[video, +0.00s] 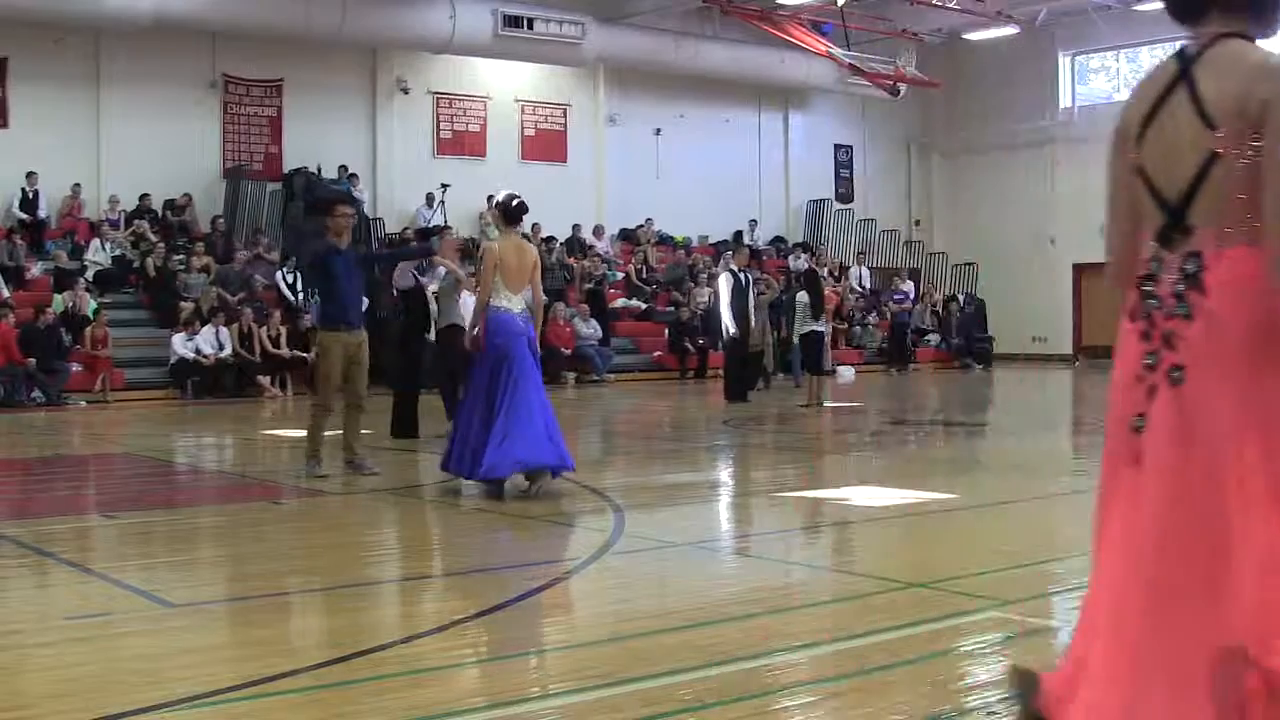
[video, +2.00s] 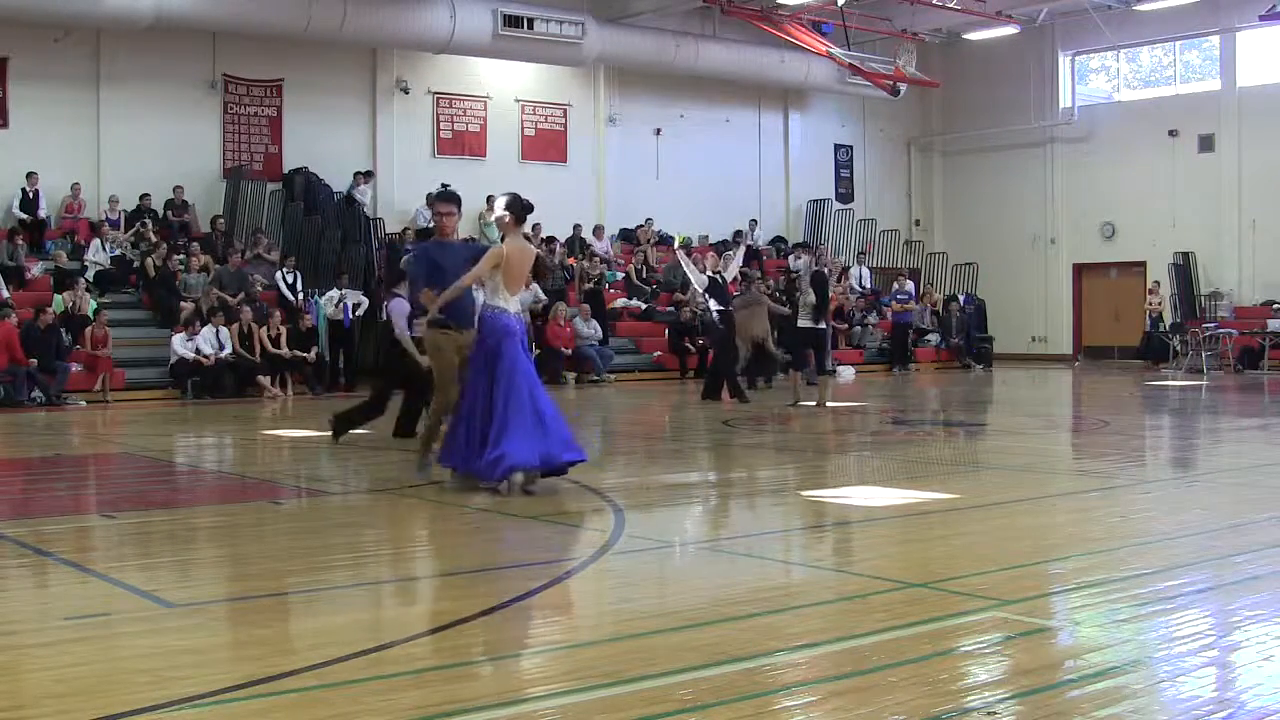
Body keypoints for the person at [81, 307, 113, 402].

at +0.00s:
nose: (106, 318)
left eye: (106, 316)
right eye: (103, 316)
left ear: (105, 318)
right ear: (97, 317)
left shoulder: (107, 331)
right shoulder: (89, 330)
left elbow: (109, 349)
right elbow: (87, 349)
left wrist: (103, 352)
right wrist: (99, 353)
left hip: (103, 355)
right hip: (92, 356)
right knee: (105, 366)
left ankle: (98, 381)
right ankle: (107, 393)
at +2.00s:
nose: (106, 318)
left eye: (106, 315)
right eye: (104, 315)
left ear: (106, 317)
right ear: (97, 317)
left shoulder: (108, 331)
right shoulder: (89, 330)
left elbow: (109, 349)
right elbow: (88, 350)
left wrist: (103, 352)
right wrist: (99, 353)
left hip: (103, 355)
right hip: (92, 356)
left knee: (104, 359)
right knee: (107, 363)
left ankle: (98, 382)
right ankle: (107, 393)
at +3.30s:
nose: (106, 317)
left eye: (106, 314)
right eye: (104, 314)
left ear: (105, 316)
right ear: (97, 316)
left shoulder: (107, 330)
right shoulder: (89, 330)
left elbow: (109, 349)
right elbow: (89, 350)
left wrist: (104, 352)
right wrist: (100, 353)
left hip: (103, 355)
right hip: (92, 356)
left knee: (105, 361)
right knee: (106, 366)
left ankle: (99, 382)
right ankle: (107, 393)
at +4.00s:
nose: (106, 317)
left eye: (106, 315)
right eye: (104, 315)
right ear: (97, 316)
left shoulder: (107, 330)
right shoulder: (89, 330)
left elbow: (109, 348)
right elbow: (89, 350)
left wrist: (105, 352)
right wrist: (99, 353)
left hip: (103, 355)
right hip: (92, 355)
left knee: (104, 360)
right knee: (107, 364)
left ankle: (98, 382)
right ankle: (107, 393)